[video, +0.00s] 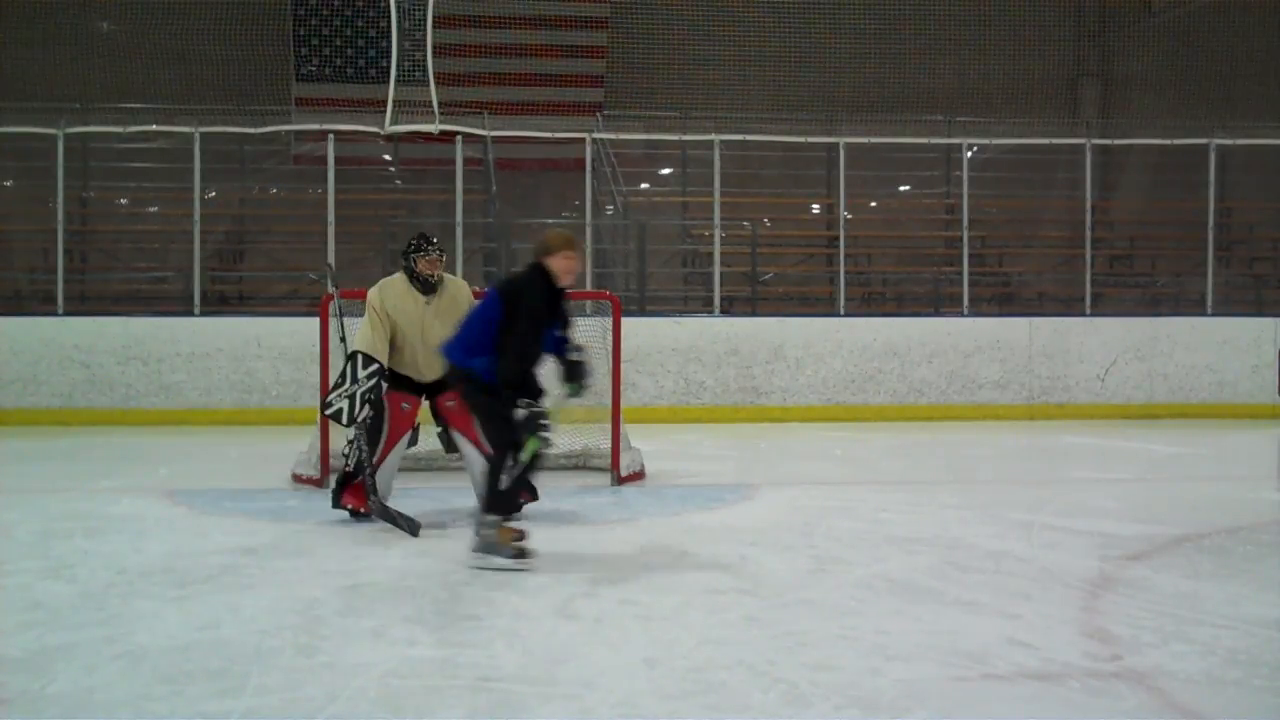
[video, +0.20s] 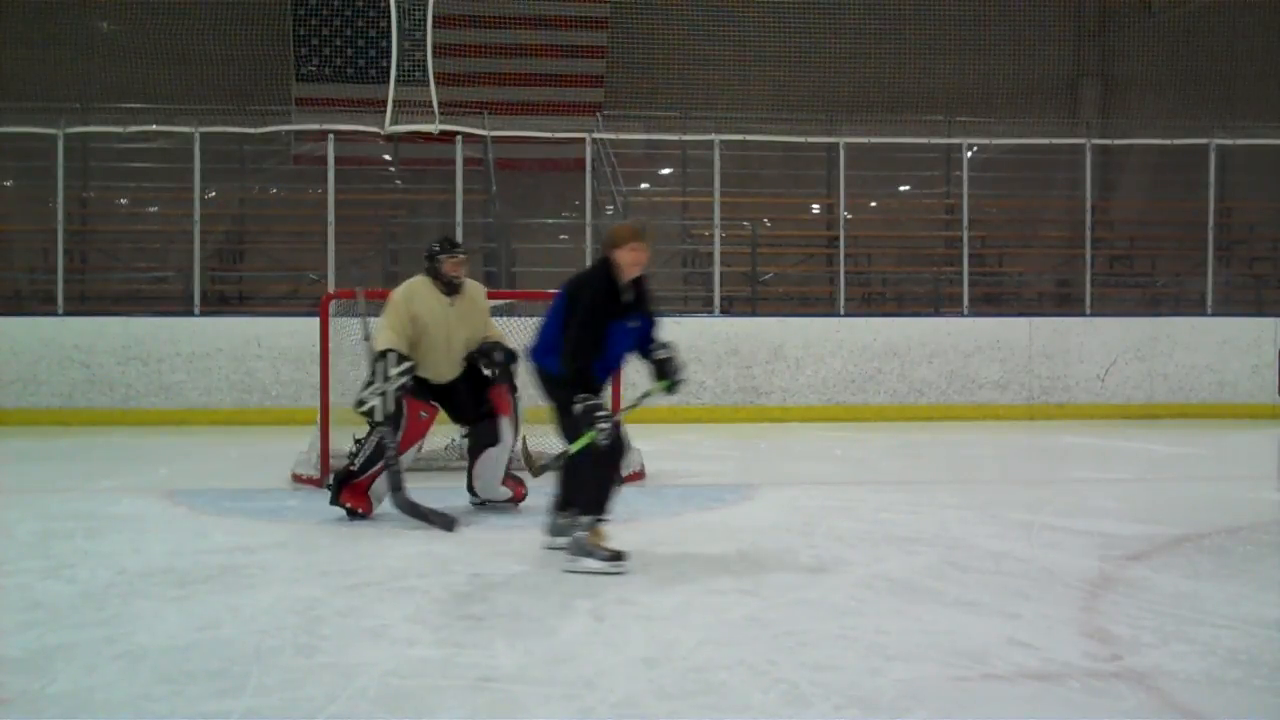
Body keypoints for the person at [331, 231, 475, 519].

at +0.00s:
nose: (434, 267)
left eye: (438, 261)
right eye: (427, 261)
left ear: (443, 262)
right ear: (411, 263)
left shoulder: (459, 291)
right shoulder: (384, 294)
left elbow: (475, 335)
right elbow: (371, 345)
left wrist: (478, 379)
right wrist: (368, 388)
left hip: (448, 378)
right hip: (402, 379)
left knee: (475, 438)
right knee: (388, 438)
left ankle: (496, 501)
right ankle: (366, 499)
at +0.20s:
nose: (458, 269)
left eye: (461, 263)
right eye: (451, 263)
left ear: (466, 265)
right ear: (434, 265)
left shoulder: (475, 293)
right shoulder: (409, 295)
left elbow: (485, 330)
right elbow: (388, 334)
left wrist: (495, 350)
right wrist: (392, 368)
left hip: (460, 380)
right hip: (417, 381)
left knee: (496, 416)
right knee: (405, 429)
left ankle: (488, 487)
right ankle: (357, 488)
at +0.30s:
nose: (486, 266)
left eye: (489, 261)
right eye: (479, 261)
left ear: (493, 264)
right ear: (462, 263)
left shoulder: (495, 295)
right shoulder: (439, 290)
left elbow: (497, 334)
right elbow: (417, 330)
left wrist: (521, 346)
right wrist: (424, 361)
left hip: (472, 378)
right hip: (433, 378)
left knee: (505, 420)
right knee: (415, 432)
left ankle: (485, 488)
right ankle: (357, 485)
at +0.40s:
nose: (519, 265)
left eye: (520, 260)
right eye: (512, 260)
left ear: (519, 264)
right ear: (496, 261)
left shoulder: (516, 295)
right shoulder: (480, 285)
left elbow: (520, 336)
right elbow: (455, 327)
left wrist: (551, 340)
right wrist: (461, 357)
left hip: (489, 378)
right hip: (452, 374)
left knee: (521, 409)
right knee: (428, 432)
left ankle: (494, 482)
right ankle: (362, 481)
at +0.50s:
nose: (549, 260)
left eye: (549, 255)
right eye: (542, 254)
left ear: (545, 260)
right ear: (527, 257)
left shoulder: (537, 290)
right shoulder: (512, 281)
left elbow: (539, 332)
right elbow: (498, 330)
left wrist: (576, 341)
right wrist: (495, 368)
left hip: (498, 367)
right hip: (469, 361)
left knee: (542, 392)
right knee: (455, 424)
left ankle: (505, 484)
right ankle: (393, 478)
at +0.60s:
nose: (572, 256)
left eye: (574, 251)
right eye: (566, 251)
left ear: (573, 255)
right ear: (551, 253)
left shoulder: (566, 289)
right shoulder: (531, 279)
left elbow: (566, 334)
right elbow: (524, 334)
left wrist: (598, 345)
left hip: (524, 357)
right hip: (490, 350)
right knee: (489, 416)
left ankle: (516, 482)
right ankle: (444, 475)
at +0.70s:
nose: (593, 254)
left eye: (594, 249)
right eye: (587, 249)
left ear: (594, 253)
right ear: (570, 252)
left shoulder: (588, 287)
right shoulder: (550, 277)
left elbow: (593, 329)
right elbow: (548, 322)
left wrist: (620, 345)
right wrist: (560, 360)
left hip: (544, 351)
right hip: (509, 346)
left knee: (554, 414)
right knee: (527, 413)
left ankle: (531, 477)